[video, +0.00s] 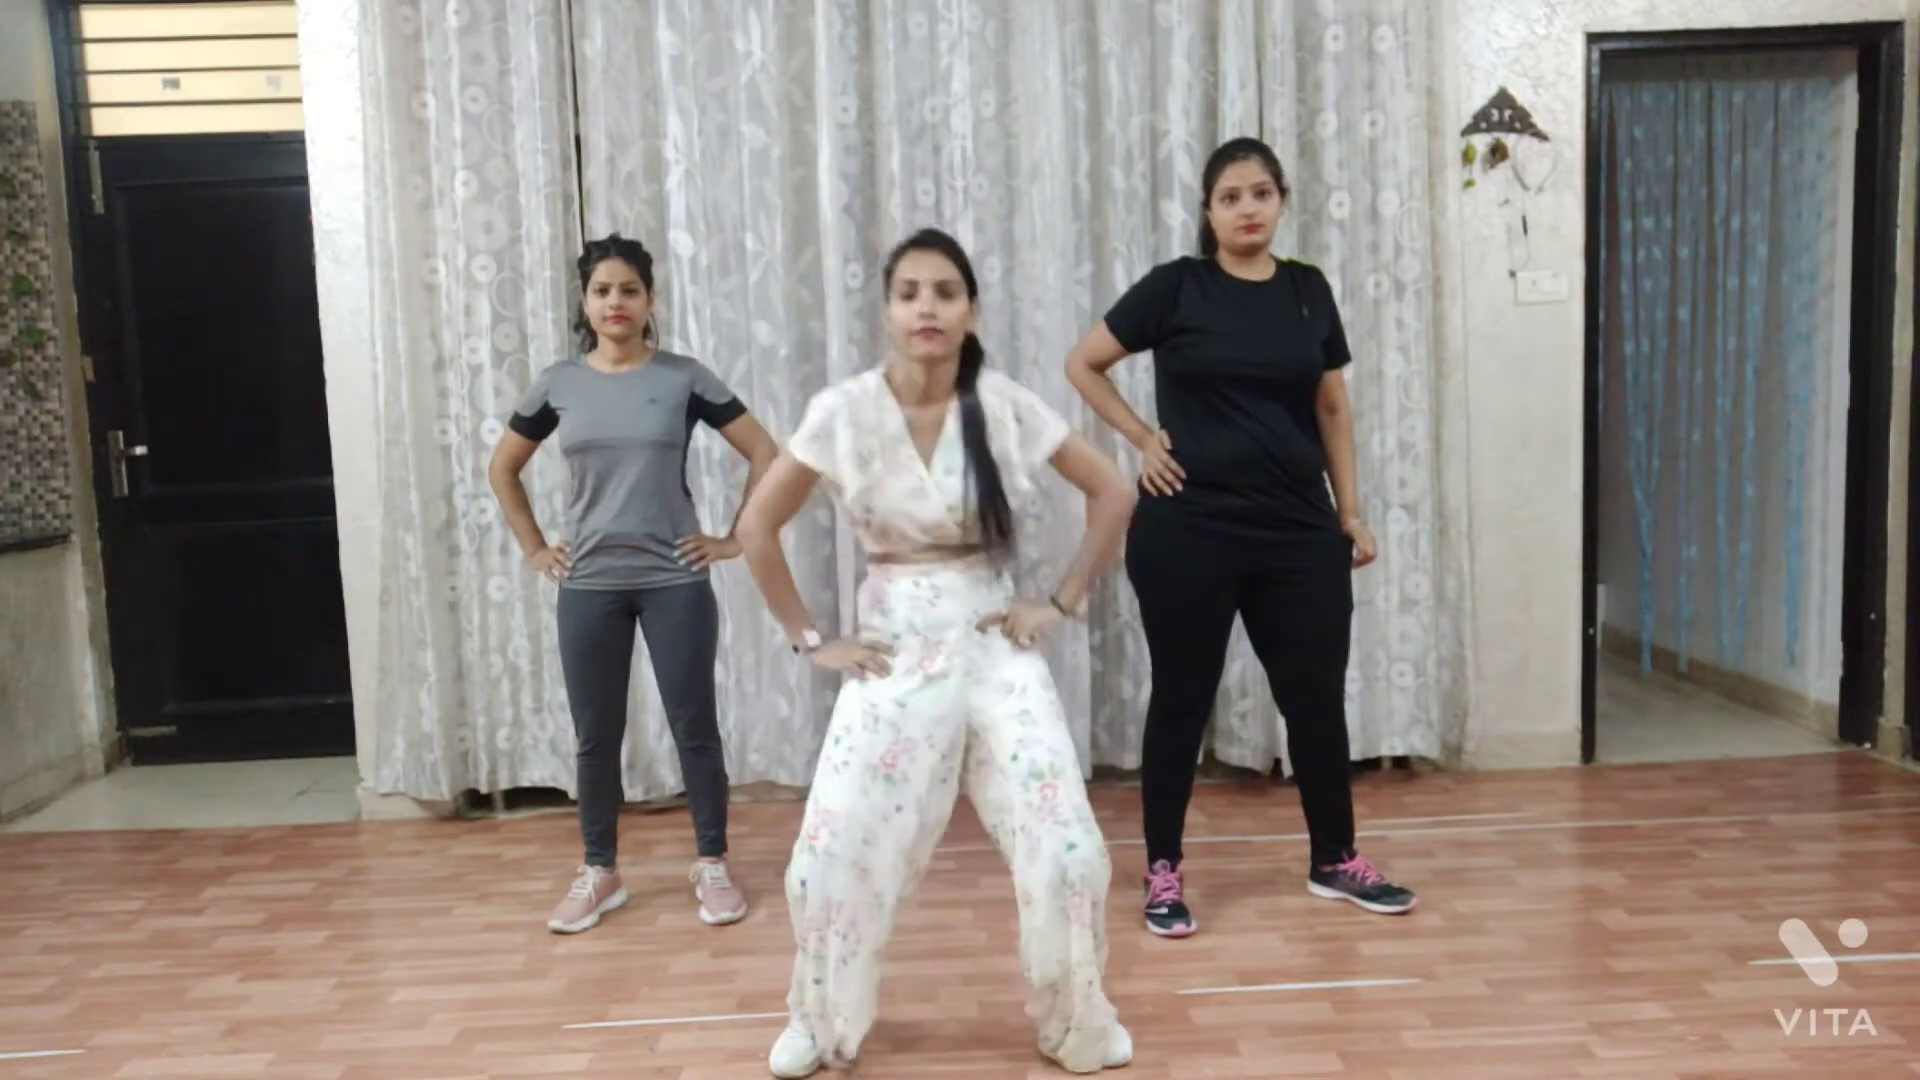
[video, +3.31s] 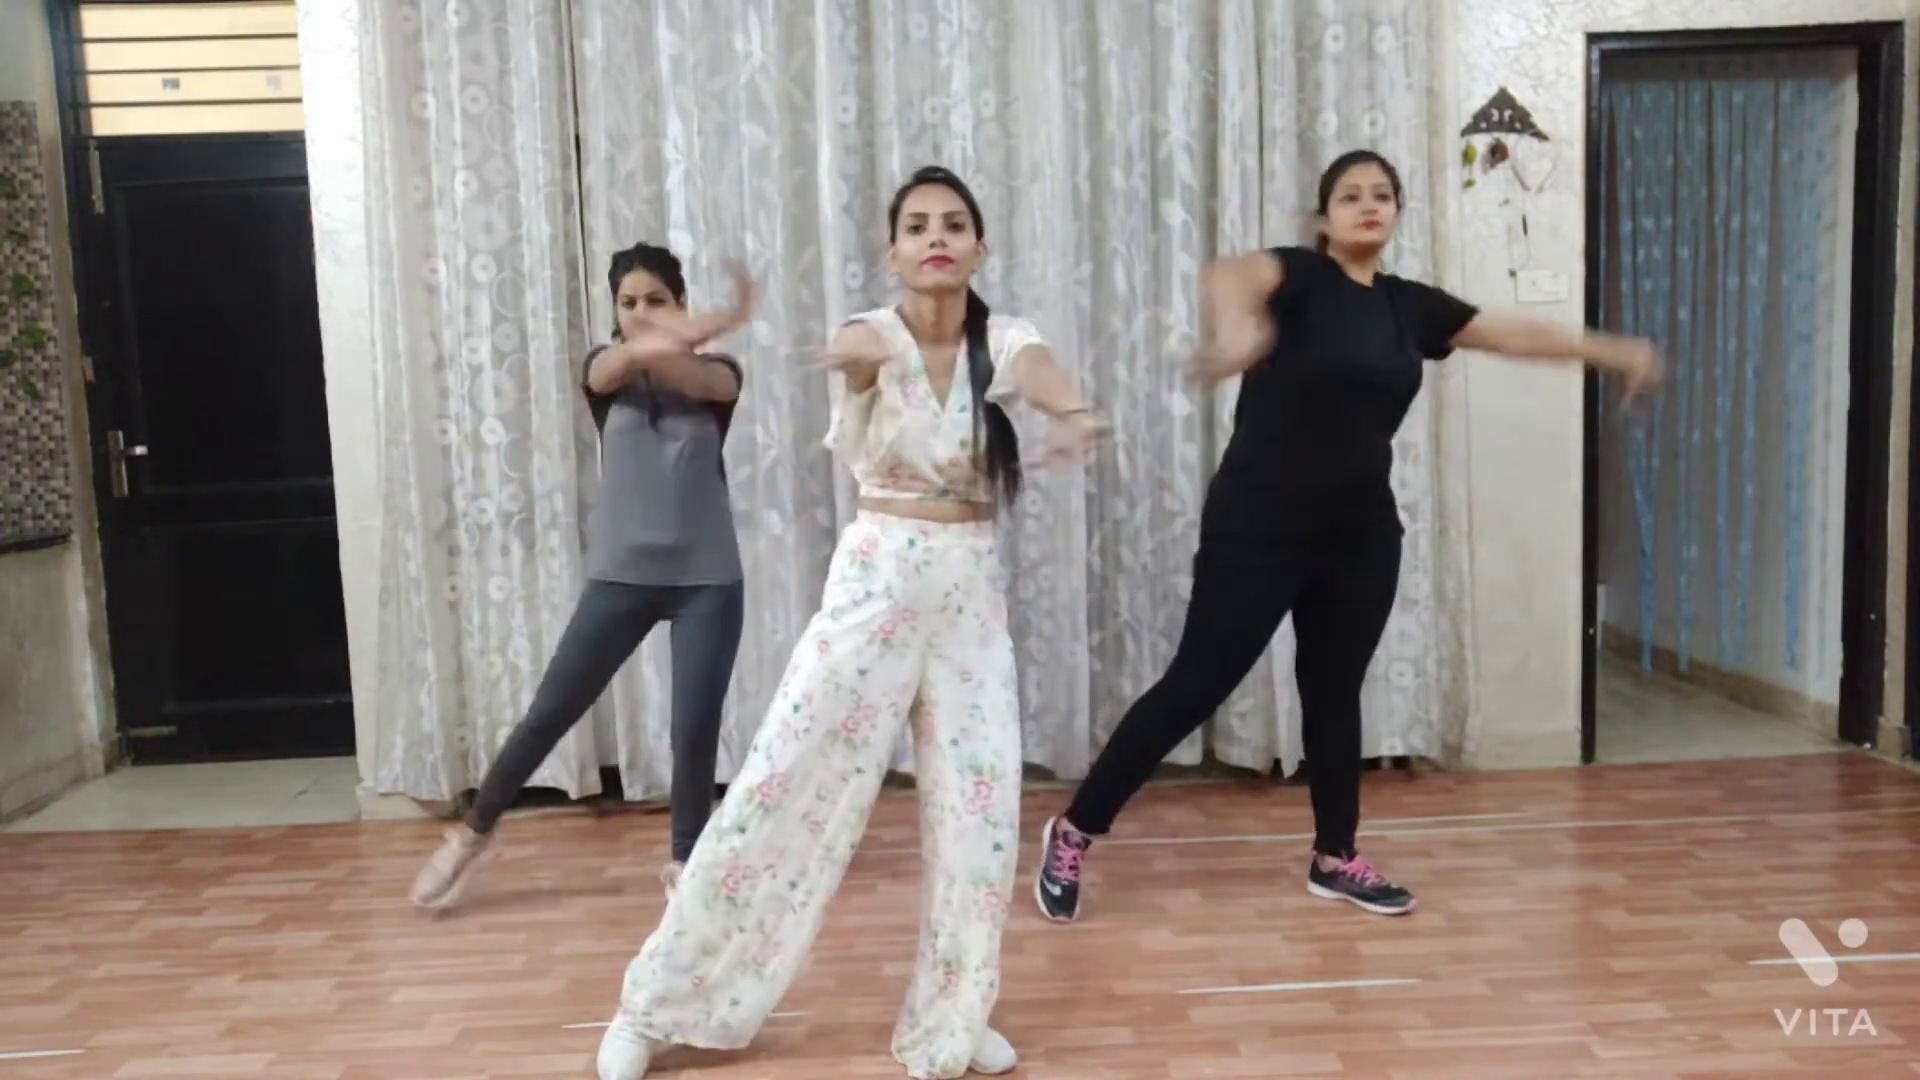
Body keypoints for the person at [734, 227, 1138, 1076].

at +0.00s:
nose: (926, 310)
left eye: (944, 294)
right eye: (909, 294)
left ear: (971, 311)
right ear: (885, 311)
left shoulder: (1004, 405)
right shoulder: (843, 412)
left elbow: (1114, 492)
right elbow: (755, 529)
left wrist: (1063, 602)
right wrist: (812, 640)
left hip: (999, 647)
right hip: (888, 655)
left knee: (1068, 849)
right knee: (829, 854)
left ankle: (1076, 1021)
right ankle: (819, 1022)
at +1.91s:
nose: (921, 265)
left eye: (939, 248)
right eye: (904, 249)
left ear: (967, 266)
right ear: (880, 265)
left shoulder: (1004, 380)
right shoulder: (840, 380)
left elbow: (1077, 480)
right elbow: (773, 499)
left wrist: (1052, 593)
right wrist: (809, 616)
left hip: (995, 630)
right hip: (884, 634)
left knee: (1050, 821)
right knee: (832, 825)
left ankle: (1076, 1005)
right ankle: (811, 1007)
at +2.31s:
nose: (916, 224)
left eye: (934, 209)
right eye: (899, 213)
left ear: (967, 228)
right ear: (877, 238)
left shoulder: (1007, 344)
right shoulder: (847, 347)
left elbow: (1053, 446)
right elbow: (763, 448)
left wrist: (1087, 523)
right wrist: (704, 520)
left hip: (971, 601)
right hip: (867, 593)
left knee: (990, 812)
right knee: (797, 791)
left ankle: (949, 1006)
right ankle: (775, 1007)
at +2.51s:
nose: (927, 230)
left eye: (944, 215)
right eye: (908, 219)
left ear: (975, 236)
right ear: (887, 244)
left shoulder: (1021, 342)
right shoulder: (856, 349)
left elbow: (1120, 424)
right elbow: (738, 428)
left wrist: (1198, 494)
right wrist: (632, 491)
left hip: (975, 608)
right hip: (879, 600)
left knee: (991, 822)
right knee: (785, 798)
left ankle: (926, 1003)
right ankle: (662, 1013)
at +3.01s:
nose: (926, 238)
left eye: (944, 224)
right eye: (907, 228)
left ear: (974, 250)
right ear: (885, 256)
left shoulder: (1009, 341)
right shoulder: (864, 348)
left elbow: (1131, 372)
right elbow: (772, 378)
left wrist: (1248, 404)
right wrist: (675, 408)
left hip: (972, 606)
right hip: (871, 599)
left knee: (983, 823)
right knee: (768, 797)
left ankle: (948, 1030)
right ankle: (646, 1014)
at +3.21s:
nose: (933, 240)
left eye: (950, 227)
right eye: (916, 228)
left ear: (979, 247)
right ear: (891, 250)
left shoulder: (1005, 343)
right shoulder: (866, 341)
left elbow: (1072, 373)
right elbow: (812, 357)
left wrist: (1141, 405)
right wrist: (754, 380)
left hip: (971, 605)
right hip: (872, 596)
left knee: (986, 822)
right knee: (769, 789)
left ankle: (949, 1024)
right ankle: (646, 1010)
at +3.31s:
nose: (938, 241)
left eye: (954, 227)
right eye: (919, 228)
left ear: (980, 245)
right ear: (894, 247)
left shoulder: (1006, 338)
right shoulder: (871, 333)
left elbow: (1040, 375)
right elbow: (858, 349)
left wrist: (1068, 412)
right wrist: (861, 357)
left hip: (967, 597)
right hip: (874, 590)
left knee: (983, 813)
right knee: (772, 785)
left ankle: (951, 1023)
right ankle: (648, 1007)